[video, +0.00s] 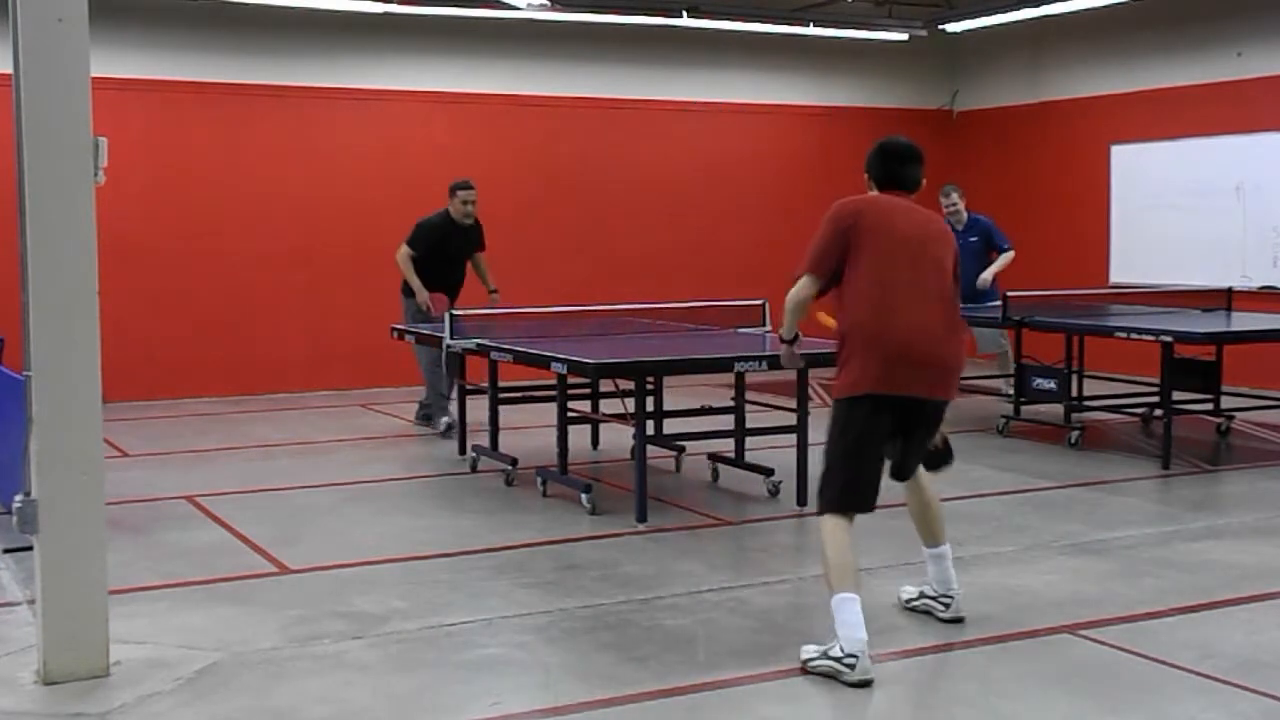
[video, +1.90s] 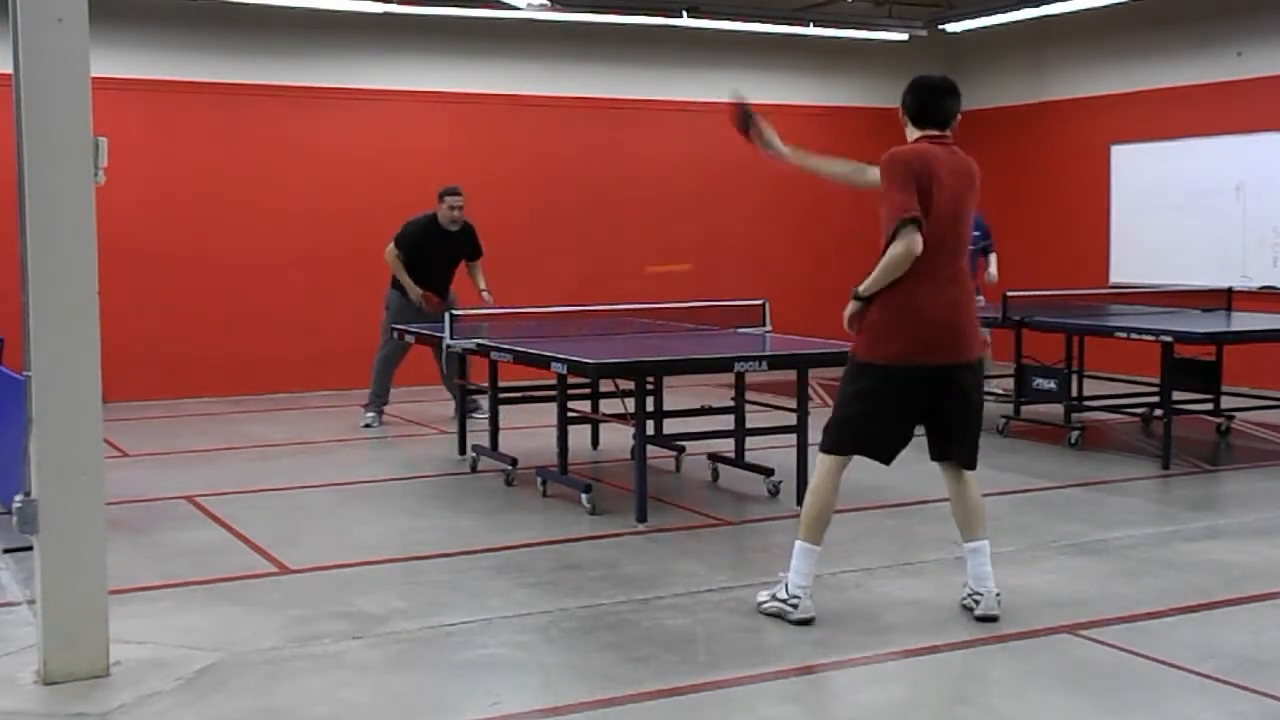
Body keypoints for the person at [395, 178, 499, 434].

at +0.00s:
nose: (470, 208)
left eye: (473, 203)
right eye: (464, 203)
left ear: (476, 203)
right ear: (450, 202)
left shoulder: (474, 227)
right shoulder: (430, 226)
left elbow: (476, 257)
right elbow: (402, 256)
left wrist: (491, 289)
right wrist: (419, 290)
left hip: (446, 302)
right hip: (419, 301)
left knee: (453, 358)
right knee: (431, 357)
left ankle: (428, 407)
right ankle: (441, 413)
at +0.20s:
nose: (459, 194)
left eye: (462, 189)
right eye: (453, 189)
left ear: (466, 190)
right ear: (440, 189)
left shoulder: (468, 214)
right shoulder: (421, 218)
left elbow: (477, 245)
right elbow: (399, 252)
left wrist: (494, 270)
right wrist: (421, 282)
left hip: (445, 297)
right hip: (416, 296)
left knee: (447, 352)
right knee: (417, 350)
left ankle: (431, 410)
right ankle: (403, 410)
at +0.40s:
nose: (454, 199)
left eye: (457, 194)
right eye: (448, 194)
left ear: (462, 195)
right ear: (436, 195)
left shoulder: (467, 218)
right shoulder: (419, 221)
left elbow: (478, 250)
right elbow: (400, 257)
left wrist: (490, 277)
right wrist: (425, 286)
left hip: (451, 296)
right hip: (415, 296)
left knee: (466, 346)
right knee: (405, 350)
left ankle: (461, 398)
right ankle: (400, 410)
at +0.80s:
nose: (466, 237)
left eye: (470, 231)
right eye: (461, 231)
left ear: (476, 229)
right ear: (450, 228)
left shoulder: (480, 246)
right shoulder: (433, 241)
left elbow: (494, 278)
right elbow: (394, 262)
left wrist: (502, 301)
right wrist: (421, 290)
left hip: (458, 303)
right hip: (423, 303)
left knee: (481, 345)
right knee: (417, 348)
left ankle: (487, 404)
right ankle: (405, 411)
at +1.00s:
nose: (462, 250)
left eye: (466, 244)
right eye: (457, 243)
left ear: (471, 240)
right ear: (445, 236)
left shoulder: (467, 251)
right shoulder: (429, 241)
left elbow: (473, 280)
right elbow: (417, 257)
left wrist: (487, 302)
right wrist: (457, 273)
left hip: (437, 302)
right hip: (405, 299)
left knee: (457, 349)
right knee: (405, 347)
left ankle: (479, 402)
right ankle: (403, 412)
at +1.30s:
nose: (468, 248)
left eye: (472, 243)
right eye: (464, 242)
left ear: (476, 239)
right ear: (450, 234)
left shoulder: (465, 252)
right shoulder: (432, 245)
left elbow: (459, 275)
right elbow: (411, 273)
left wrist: (462, 299)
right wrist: (440, 299)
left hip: (428, 302)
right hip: (398, 298)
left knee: (445, 351)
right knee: (399, 353)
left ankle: (461, 402)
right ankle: (402, 412)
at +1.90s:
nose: (457, 214)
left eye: (460, 208)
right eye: (452, 208)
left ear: (465, 209)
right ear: (439, 207)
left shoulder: (466, 233)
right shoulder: (419, 227)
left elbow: (473, 263)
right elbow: (391, 254)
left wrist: (482, 289)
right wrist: (410, 287)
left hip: (440, 300)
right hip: (405, 299)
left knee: (451, 351)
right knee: (391, 350)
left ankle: (464, 403)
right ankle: (374, 407)